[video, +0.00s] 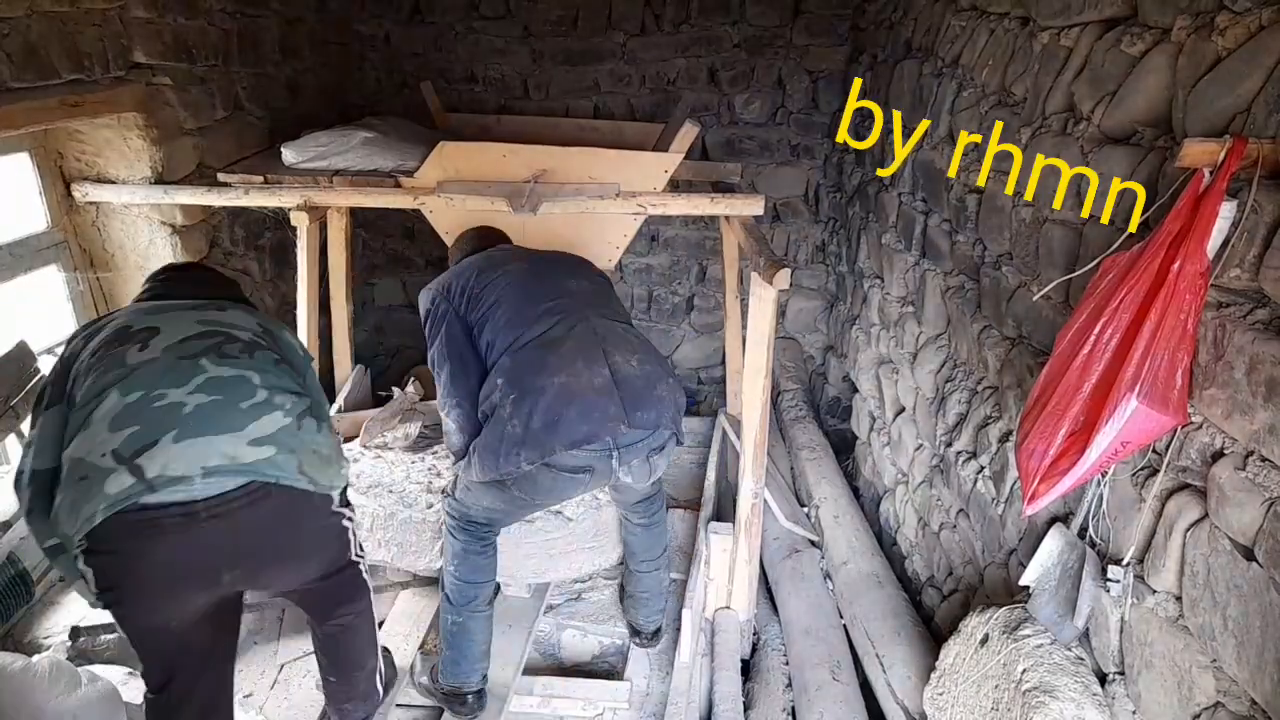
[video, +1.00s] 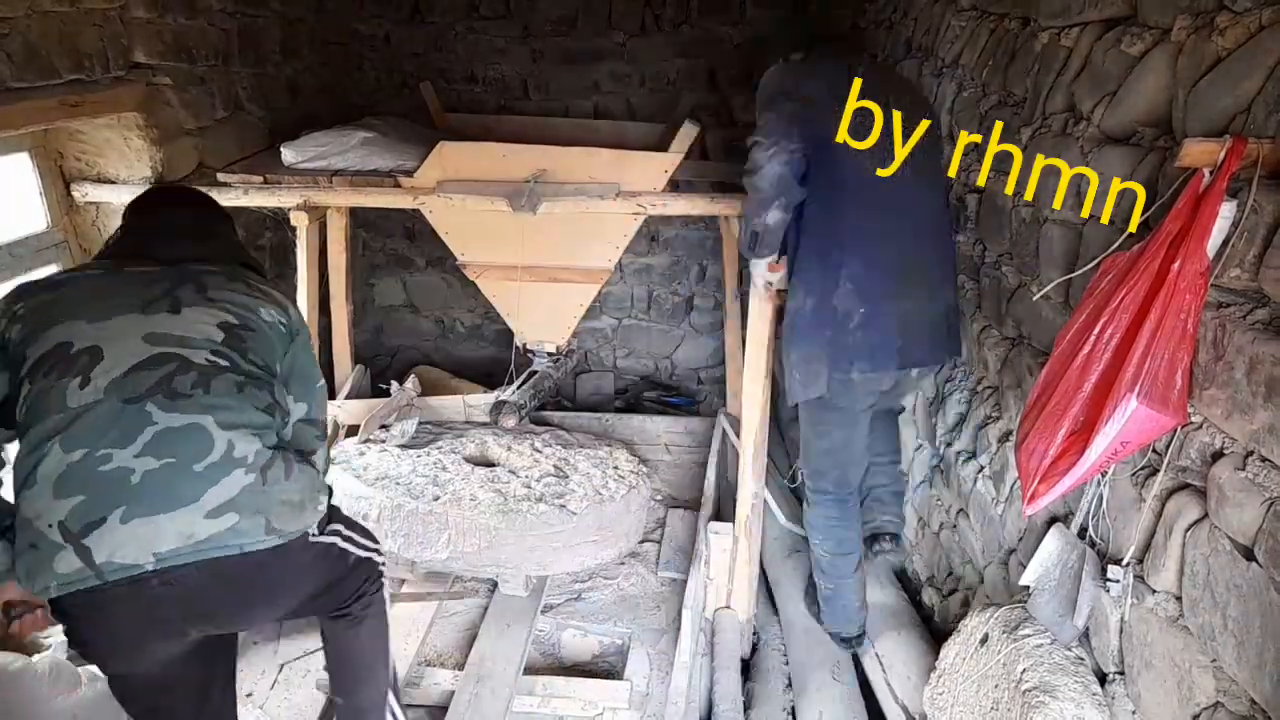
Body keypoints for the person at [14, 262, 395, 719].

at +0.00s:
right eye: (247, 300)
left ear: (145, 298)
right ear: (234, 298)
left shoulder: (89, 340)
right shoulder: (265, 327)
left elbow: (34, 488)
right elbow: (321, 428)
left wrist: (94, 578)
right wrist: (333, 504)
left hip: (139, 548)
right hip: (282, 515)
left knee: (181, 691)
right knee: (335, 589)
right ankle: (356, 701)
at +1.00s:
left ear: (121, 240)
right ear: (224, 241)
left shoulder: (29, 305)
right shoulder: (264, 300)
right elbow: (308, 437)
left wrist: (14, 560)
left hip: (97, 597)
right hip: (251, 557)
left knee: (184, 709)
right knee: (356, 572)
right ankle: (365, 712)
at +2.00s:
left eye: (265, 336)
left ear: (273, 330)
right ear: (345, 308)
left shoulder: (259, 371)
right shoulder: (434, 336)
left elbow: (230, 506)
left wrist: (342, 546)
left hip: (427, 591)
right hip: (552, 552)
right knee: (522, 647)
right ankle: (521, 710)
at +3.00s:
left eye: (279, 221)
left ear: (288, 224)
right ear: (372, 211)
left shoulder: (257, 288)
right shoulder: (433, 280)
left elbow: (205, 414)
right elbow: (492, 361)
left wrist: (287, 487)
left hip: (356, 553)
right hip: (470, 530)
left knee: (340, 709)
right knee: (416, 606)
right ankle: (433, 707)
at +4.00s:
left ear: (333, 186)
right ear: (428, 190)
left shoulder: (268, 264)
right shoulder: (470, 291)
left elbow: (226, 422)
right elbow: (491, 419)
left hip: (337, 608)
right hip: (469, 575)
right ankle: (494, 699)